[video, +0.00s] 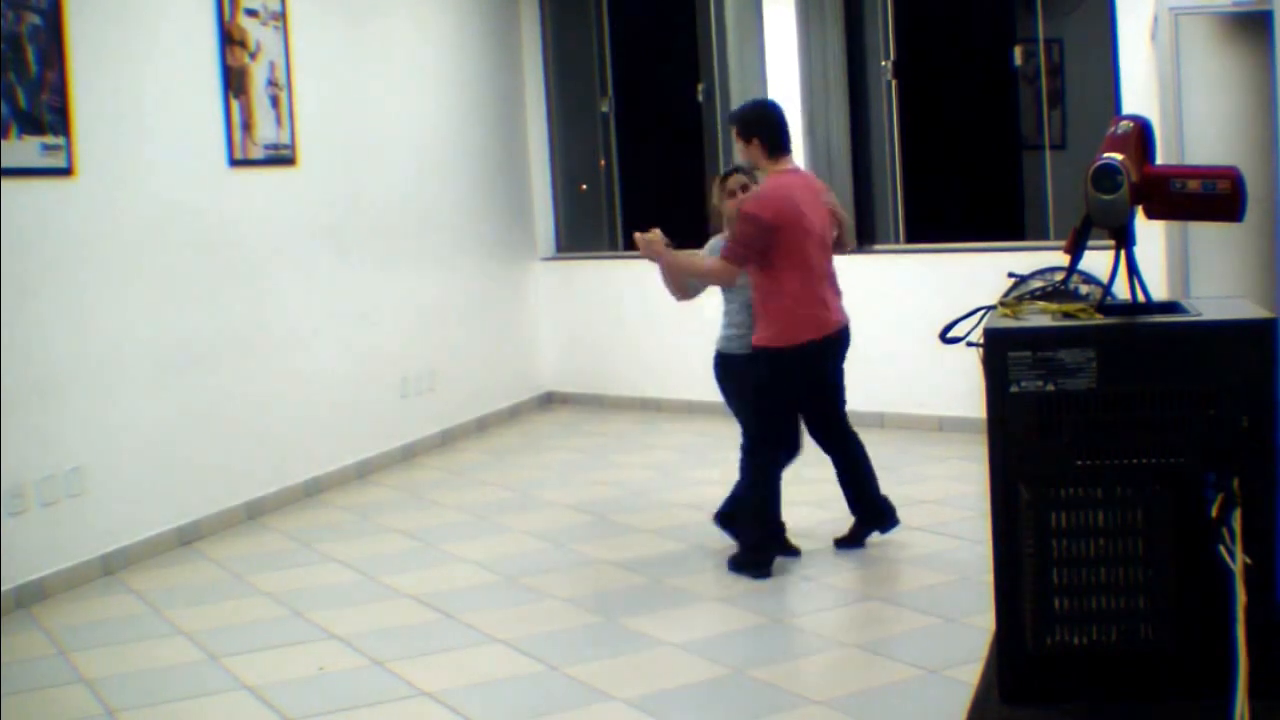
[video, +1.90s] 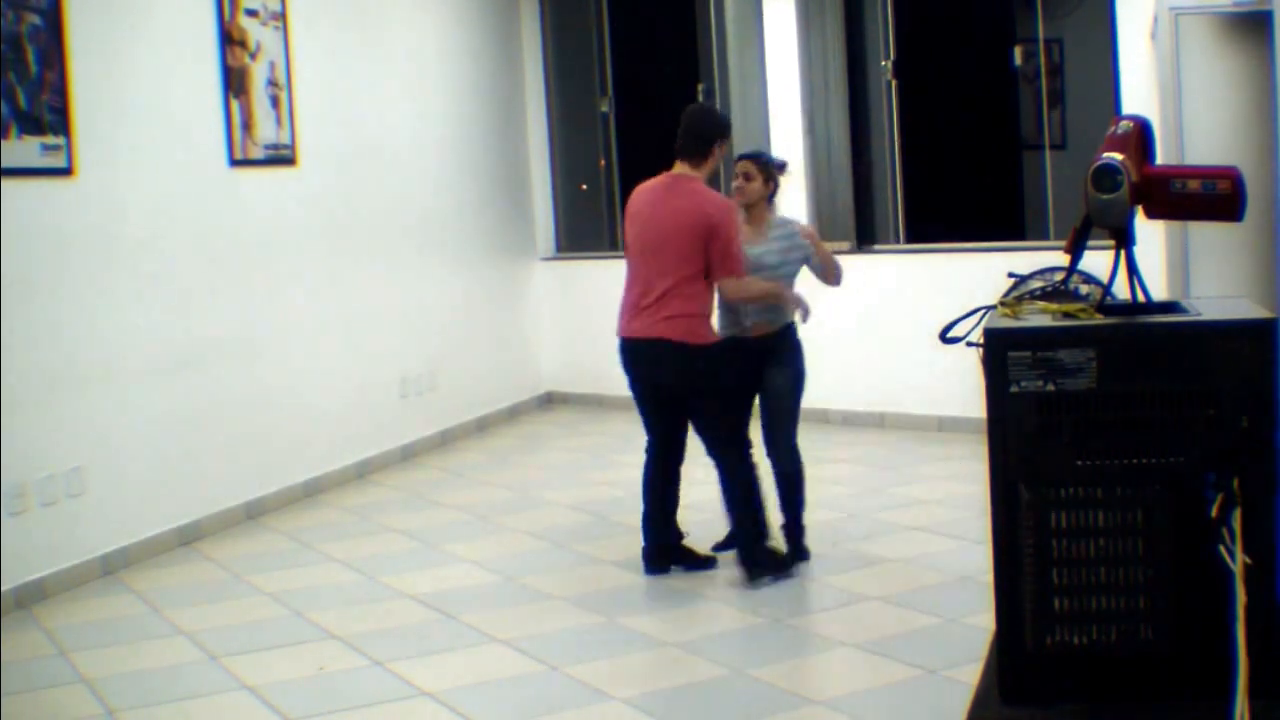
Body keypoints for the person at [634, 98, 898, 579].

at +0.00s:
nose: (738, 150)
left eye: (738, 143)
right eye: (737, 143)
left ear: (751, 144)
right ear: (784, 138)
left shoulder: (759, 203)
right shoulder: (815, 188)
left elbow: (724, 271)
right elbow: (837, 240)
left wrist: (663, 255)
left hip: (783, 339)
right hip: (828, 330)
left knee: (764, 443)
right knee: (831, 427)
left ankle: (756, 552)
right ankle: (873, 509)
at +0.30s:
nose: (723, 147)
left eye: (719, 141)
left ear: (720, 144)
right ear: (762, 133)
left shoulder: (708, 202)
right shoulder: (804, 184)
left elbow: (697, 266)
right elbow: (839, 261)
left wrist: (718, 224)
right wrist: (801, 266)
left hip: (742, 345)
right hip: (804, 340)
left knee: (746, 451)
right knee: (802, 447)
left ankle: (753, 555)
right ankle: (814, 551)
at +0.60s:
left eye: (722, 141)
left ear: (720, 144)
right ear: (764, 137)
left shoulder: (706, 204)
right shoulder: (798, 185)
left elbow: (713, 278)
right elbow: (827, 256)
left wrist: (766, 268)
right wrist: (870, 262)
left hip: (744, 346)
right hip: (806, 338)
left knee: (746, 452)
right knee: (808, 452)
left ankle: (758, 557)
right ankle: (805, 559)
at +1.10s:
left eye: (695, 150)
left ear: (696, 153)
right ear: (739, 143)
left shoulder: (684, 214)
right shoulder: (775, 187)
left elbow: (679, 298)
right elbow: (816, 254)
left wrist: (719, 324)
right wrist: (872, 248)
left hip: (729, 349)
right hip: (790, 339)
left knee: (749, 460)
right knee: (793, 447)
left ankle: (772, 573)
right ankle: (803, 562)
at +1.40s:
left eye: (699, 146)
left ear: (697, 150)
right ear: (741, 142)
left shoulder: (680, 211)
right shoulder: (772, 189)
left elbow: (665, 291)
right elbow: (806, 263)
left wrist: (696, 333)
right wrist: (846, 264)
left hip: (723, 351)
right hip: (784, 342)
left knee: (733, 463)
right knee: (791, 454)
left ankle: (759, 565)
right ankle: (795, 564)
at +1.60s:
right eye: (734, 138)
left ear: (693, 145)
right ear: (737, 142)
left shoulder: (671, 206)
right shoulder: (758, 193)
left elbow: (658, 288)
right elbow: (801, 265)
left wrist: (701, 297)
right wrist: (834, 263)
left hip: (703, 347)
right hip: (764, 337)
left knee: (704, 443)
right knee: (781, 450)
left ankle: (686, 550)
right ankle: (794, 560)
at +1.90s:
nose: (727, 158)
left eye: (726, 152)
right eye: (727, 152)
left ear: (679, 144)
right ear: (717, 150)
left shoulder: (639, 195)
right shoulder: (716, 208)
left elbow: (640, 258)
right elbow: (731, 287)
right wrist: (781, 291)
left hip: (636, 341)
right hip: (690, 343)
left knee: (663, 443)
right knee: (731, 450)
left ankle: (660, 548)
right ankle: (755, 553)